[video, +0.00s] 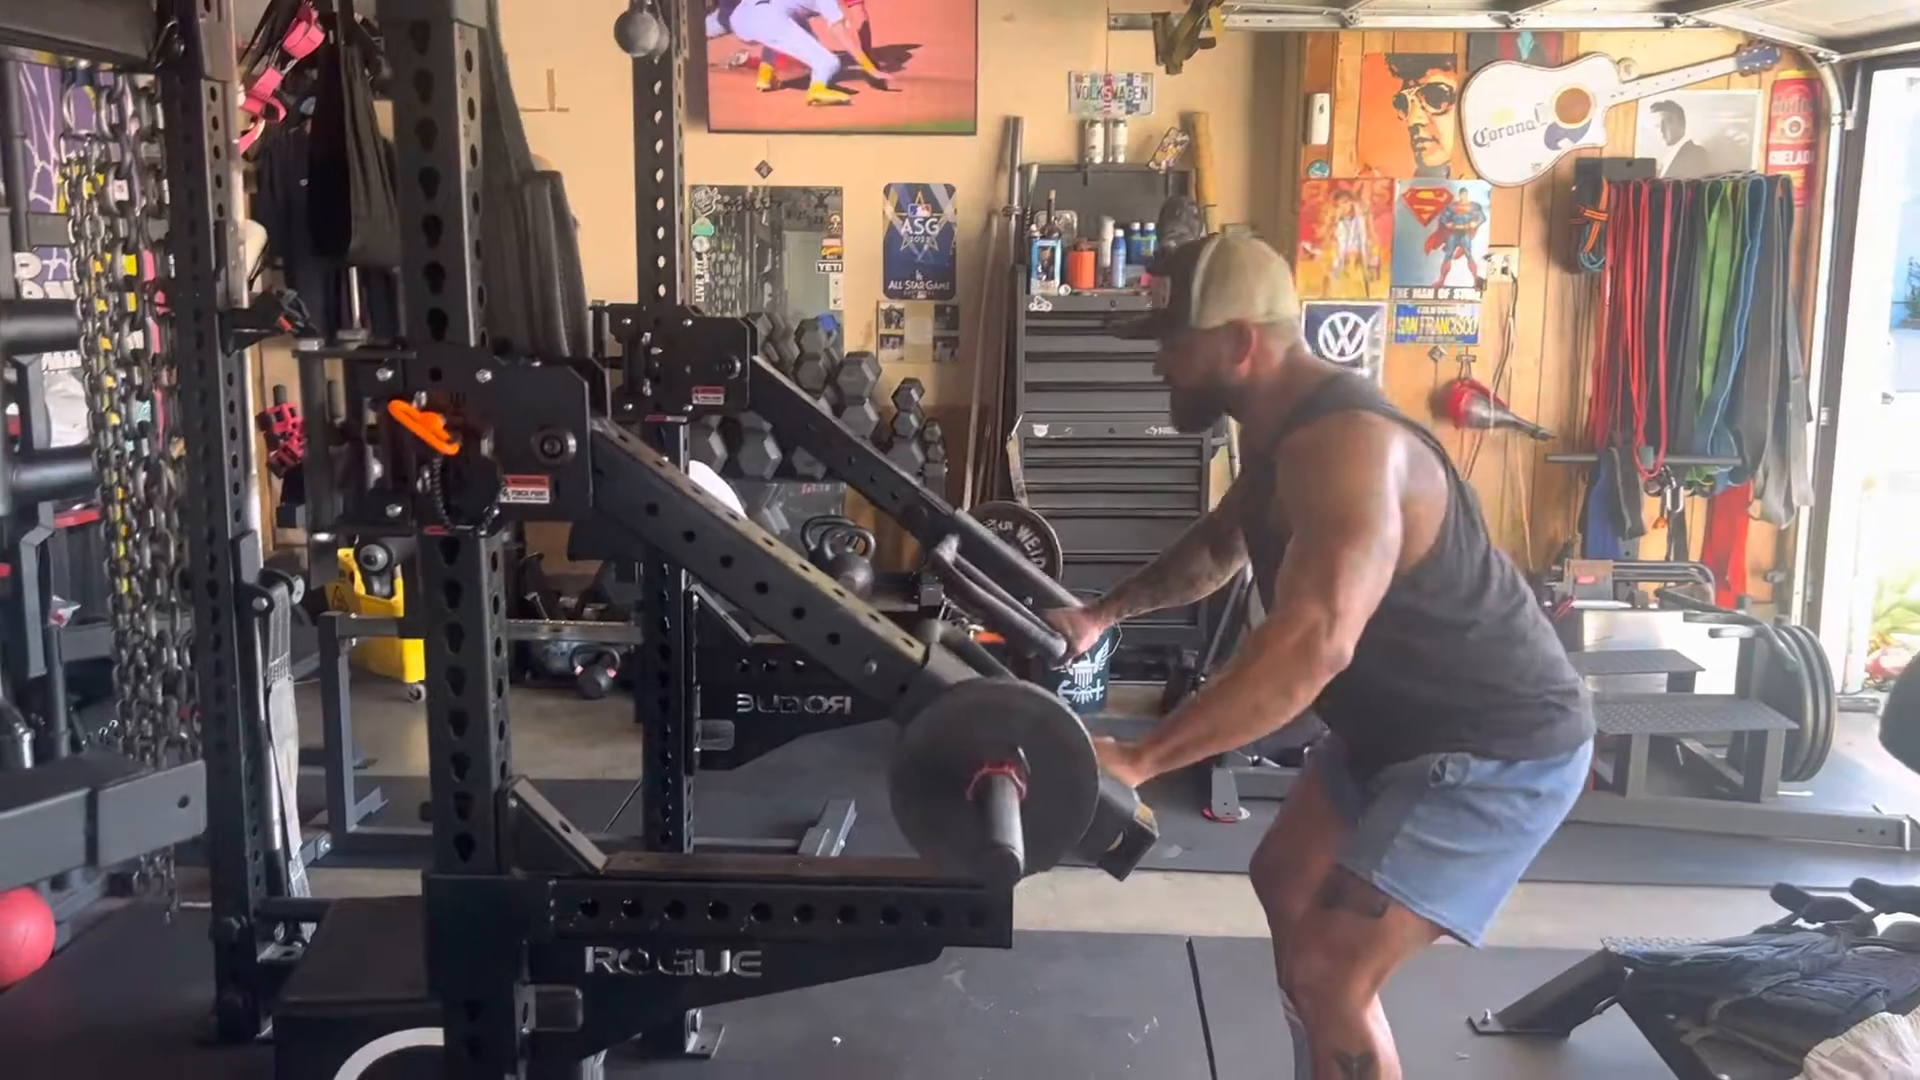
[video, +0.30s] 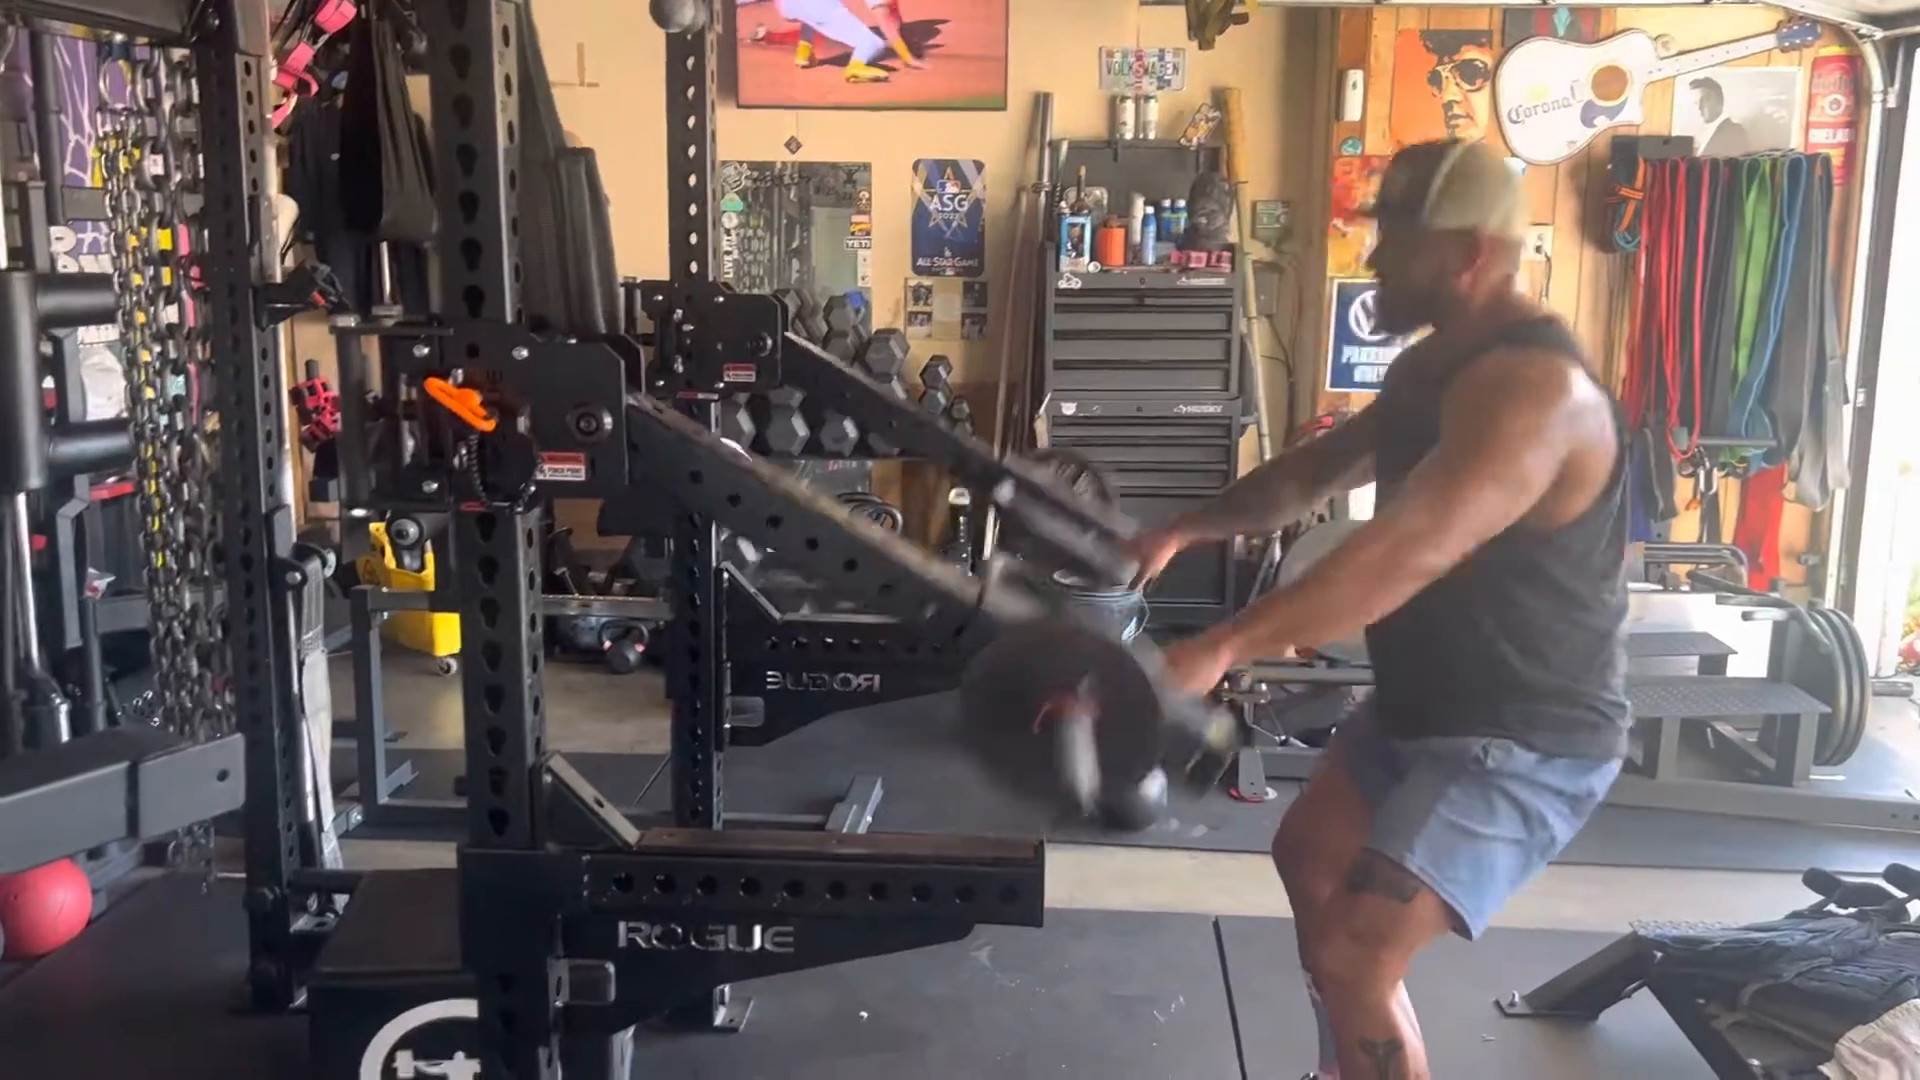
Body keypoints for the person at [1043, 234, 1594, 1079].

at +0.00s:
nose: (1160, 356)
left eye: (1173, 335)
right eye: (1163, 335)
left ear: (1245, 344)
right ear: (1246, 346)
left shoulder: (1348, 448)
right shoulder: (1285, 435)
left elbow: (1310, 644)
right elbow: (1218, 547)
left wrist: (1143, 756)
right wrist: (1103, 610)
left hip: (1498, 742)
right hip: (1401, 721)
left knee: (1329, 975)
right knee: (1285, 878)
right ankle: (1327, 1065)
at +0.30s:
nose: (1373, 255)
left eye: (1393, 236)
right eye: (1377, 234)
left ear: (1472, 257)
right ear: (1467, 260)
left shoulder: (1534, 388)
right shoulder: (1432, 367)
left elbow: (1406, 555)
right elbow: (1313, 472)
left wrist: (1230, 644)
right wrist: (1182, 532)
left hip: (1524, 736)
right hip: (1423, 706)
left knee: (1354, 953)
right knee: (1310, 855)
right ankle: (1352, 1057)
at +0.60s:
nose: (1286, 209)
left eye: (1294, 189)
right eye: (1281, 191)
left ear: (1322, 187)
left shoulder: (1410, 296)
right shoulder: (1344, 294)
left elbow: (1502, 321)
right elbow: (1267, 262)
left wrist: (1341, 210)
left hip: (1362, 688)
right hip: (1320, 676)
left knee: (1361, 965)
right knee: (1351, 955)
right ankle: (1375, 1068)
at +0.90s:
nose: (1122, 320)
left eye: (1126, 295)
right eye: (1116, 303)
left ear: (1175, 261)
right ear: (1174, 267)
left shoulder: (1292, 301)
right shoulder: (1234, 319)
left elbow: (1208, 131)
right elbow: (1150, 146)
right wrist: (1071, 36)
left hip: (1379, 690)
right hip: (1327, 683)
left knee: (1367, 956)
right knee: (1356, 946)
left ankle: (1413, 1066)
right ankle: (1397, 1060)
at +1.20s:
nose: (1119, 317)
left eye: (1123, 291)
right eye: (1113, 296)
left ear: (1179, 261)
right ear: (1176, 266)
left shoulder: (1286, 307)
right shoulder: (1246, 329)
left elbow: (1201, 153)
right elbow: (1184, 146)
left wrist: (1083, 9)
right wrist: (1083, 35)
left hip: (1370, 709)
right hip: (1334, 704)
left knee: (1382, 982)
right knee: (1375, 974)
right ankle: (1412, 1066)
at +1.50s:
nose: (1161, 285)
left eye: (1173, 257)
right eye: (1156, 259)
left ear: (1243, 237)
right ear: (1241, 242)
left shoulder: (1350, 320)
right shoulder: (1292, 326)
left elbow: (1430, 285)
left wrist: (1281, 115)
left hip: (1396, 717)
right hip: (1351, 707)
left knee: (1400, 984)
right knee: (1390, 975)